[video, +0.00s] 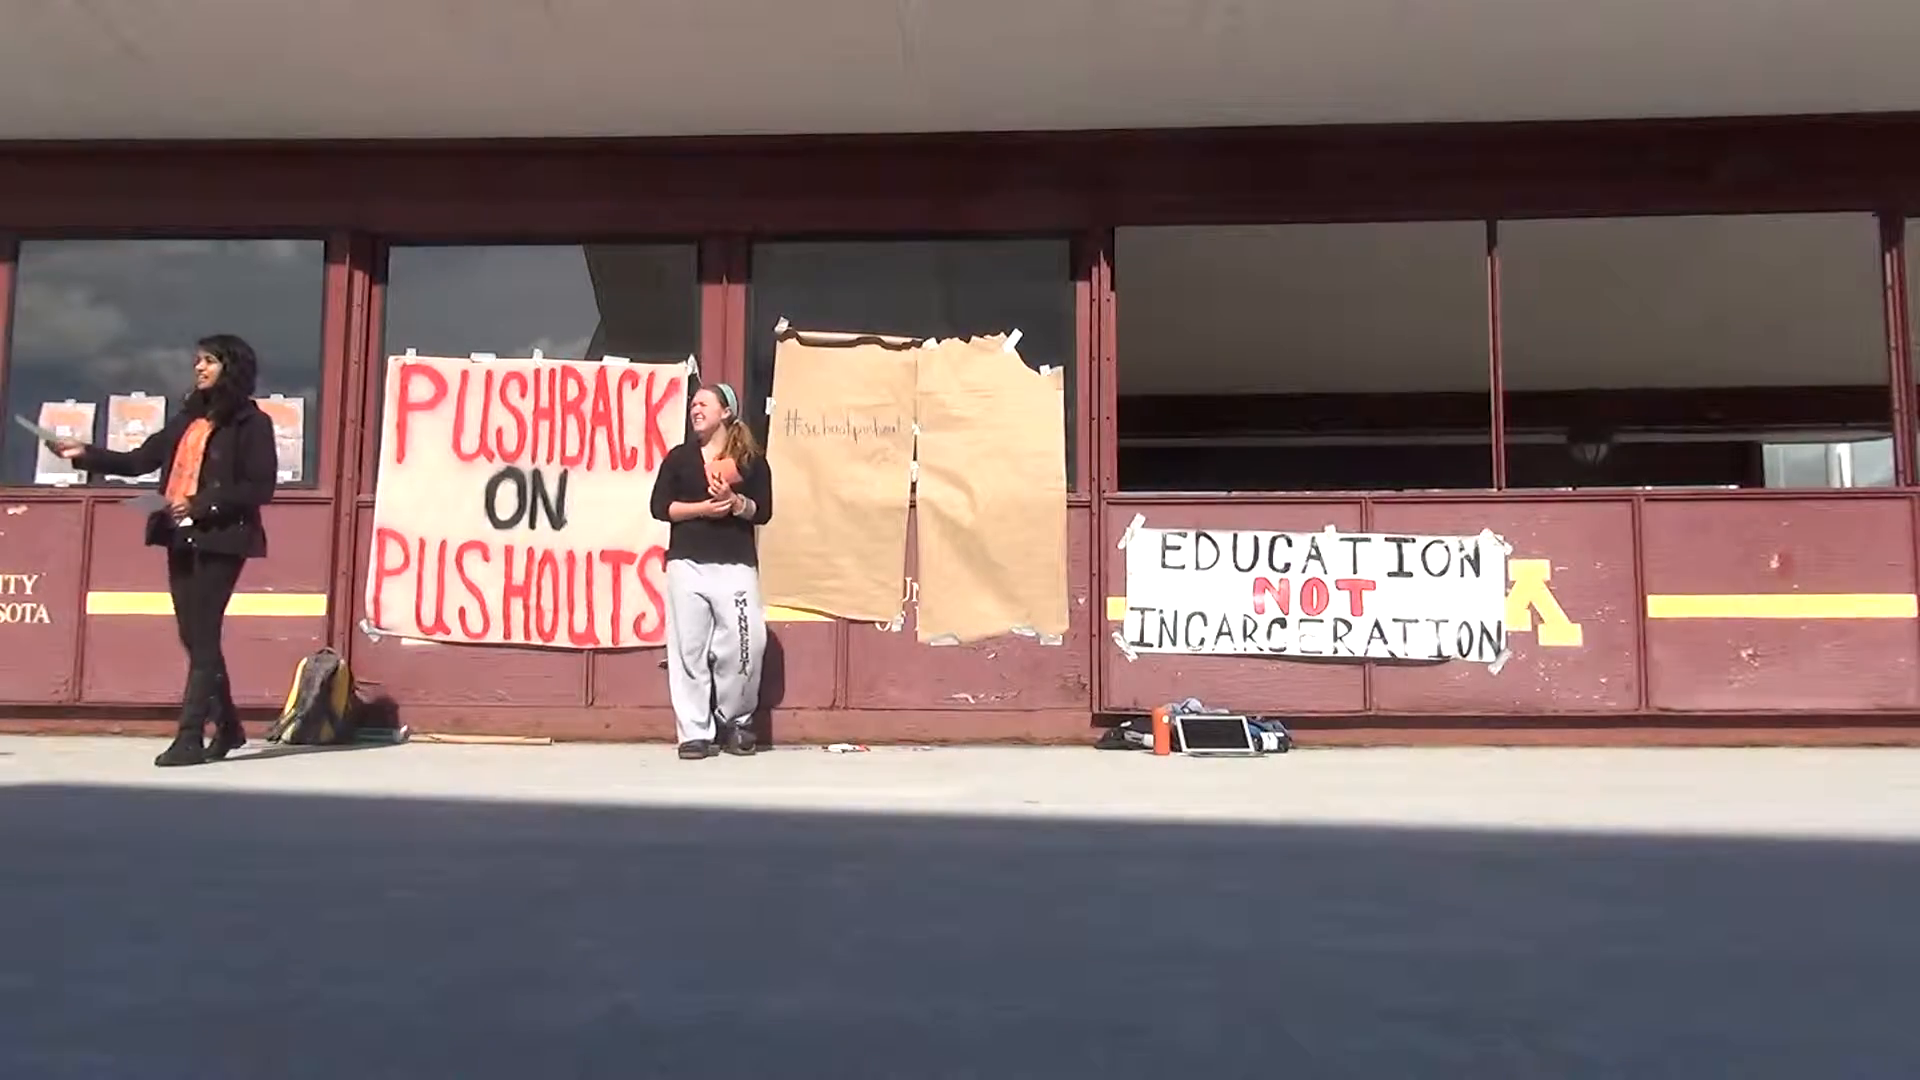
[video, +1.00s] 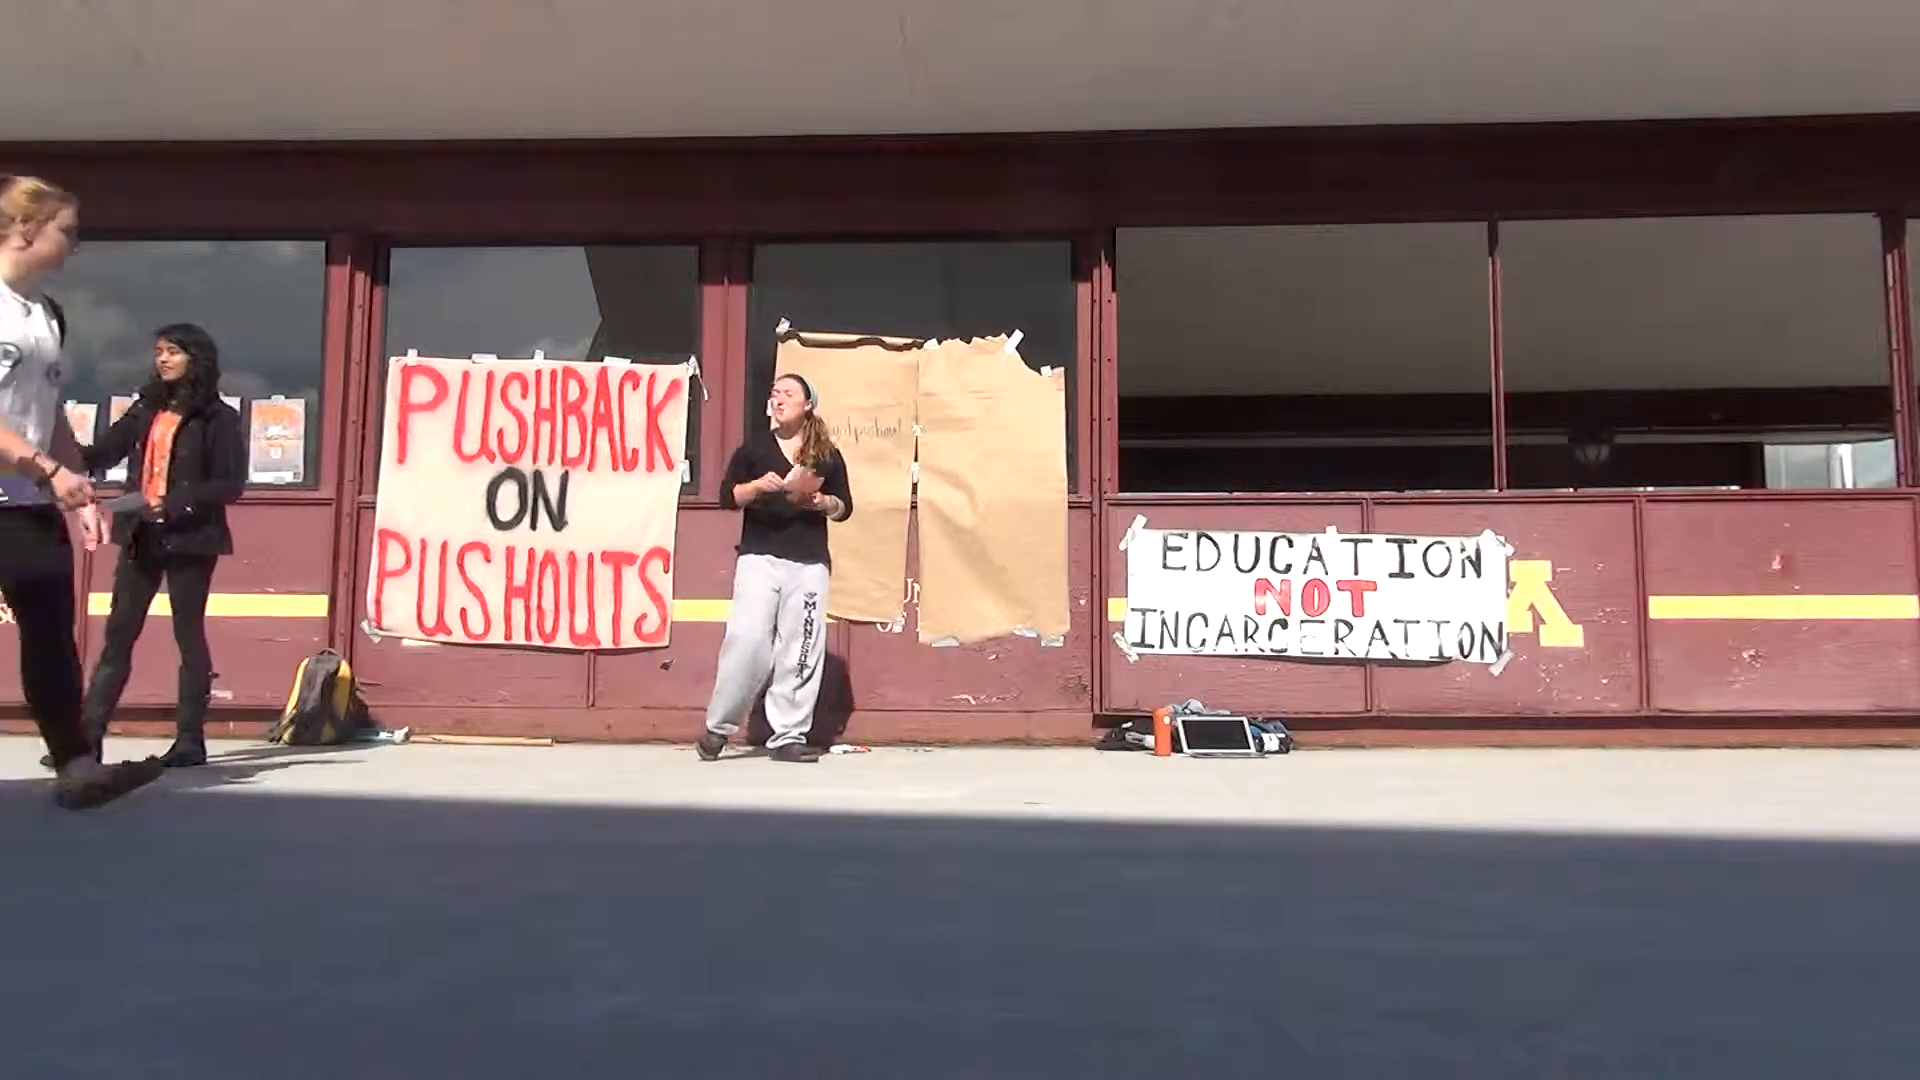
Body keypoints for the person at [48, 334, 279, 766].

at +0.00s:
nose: (198, 367)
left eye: (207, 361)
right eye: (197, 361)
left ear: (232, 368)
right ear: (199, 370)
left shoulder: (253, 423)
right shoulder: (190, 419)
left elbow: (261, 489)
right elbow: (141, 460)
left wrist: (204, 503)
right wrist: (83, 455)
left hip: (224, 541)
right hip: (183, 538)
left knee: (203, 632)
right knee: (193, 633)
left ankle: (190, 737)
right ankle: (228, 725)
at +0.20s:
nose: (193, 368)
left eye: (203, 361)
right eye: (192, 361)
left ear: (226, 368)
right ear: (192, 367)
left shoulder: (248, 422)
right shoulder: (182, 414)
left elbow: (256, 488)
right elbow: (137, 457)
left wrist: (202, 502)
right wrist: (80, 452)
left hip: (218, 542)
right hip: (175, 539)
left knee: (203, 633)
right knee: (162, 634)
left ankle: (191, 736)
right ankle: (210, 711)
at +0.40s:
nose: (189, 365)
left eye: (199, 358)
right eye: (187, 358)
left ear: (223, 364)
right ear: (185, 364)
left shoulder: (245, 420)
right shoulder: (178, 410)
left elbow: (253, 488)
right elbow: (134, 452)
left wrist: (195, 505)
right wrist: (76, 443)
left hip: (214, 543)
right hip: (169, 537)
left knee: (201, 636)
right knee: (145, 630)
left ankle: (190, 739)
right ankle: (174, 727)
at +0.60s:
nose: (184, 363)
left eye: (193, 356)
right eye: (180, 357)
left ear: (217, 361)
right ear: (178, 363)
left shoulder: (240, 416)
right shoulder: (172, 411)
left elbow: (249, 486)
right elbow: (130, 451)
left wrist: (191, 506)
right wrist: (78, 442)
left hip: (213, 540)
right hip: (166, 534)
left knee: (199, 634)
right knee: (130, 627)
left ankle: (191, 741)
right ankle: (101, 737)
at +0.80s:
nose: (178, 362)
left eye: (188, 354)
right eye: (174, 355)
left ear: (210, 359)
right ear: (169, 361)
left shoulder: (232, 415)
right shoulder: (164, 410)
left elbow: (243, 484)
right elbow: (122, 451)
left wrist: (191, 508)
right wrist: (72, 441)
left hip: (206, 539)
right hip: (158, 533)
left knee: (196, 636)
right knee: (117, 625)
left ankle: (191, 742)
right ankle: (76, 732)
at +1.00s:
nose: (162, 359)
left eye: (172, 352)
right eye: (159, 352)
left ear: (197, 358)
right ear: (156, 359)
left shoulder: (220, 418)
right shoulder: (148, 408)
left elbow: (231, 484)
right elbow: (104, 453)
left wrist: (174, 503)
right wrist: (60, 459)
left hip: (192, 542)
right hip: (143, 538)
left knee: (189, 634)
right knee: (119, 632)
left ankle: (190, 740)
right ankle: (87, 740)